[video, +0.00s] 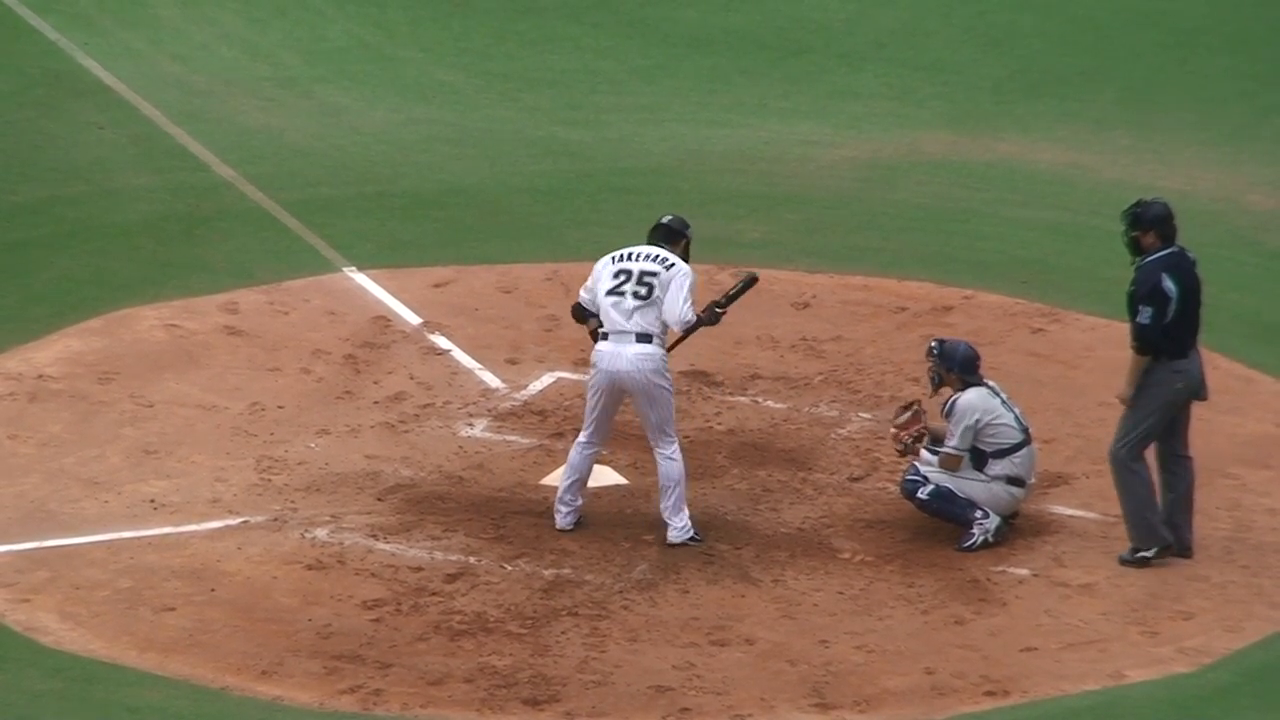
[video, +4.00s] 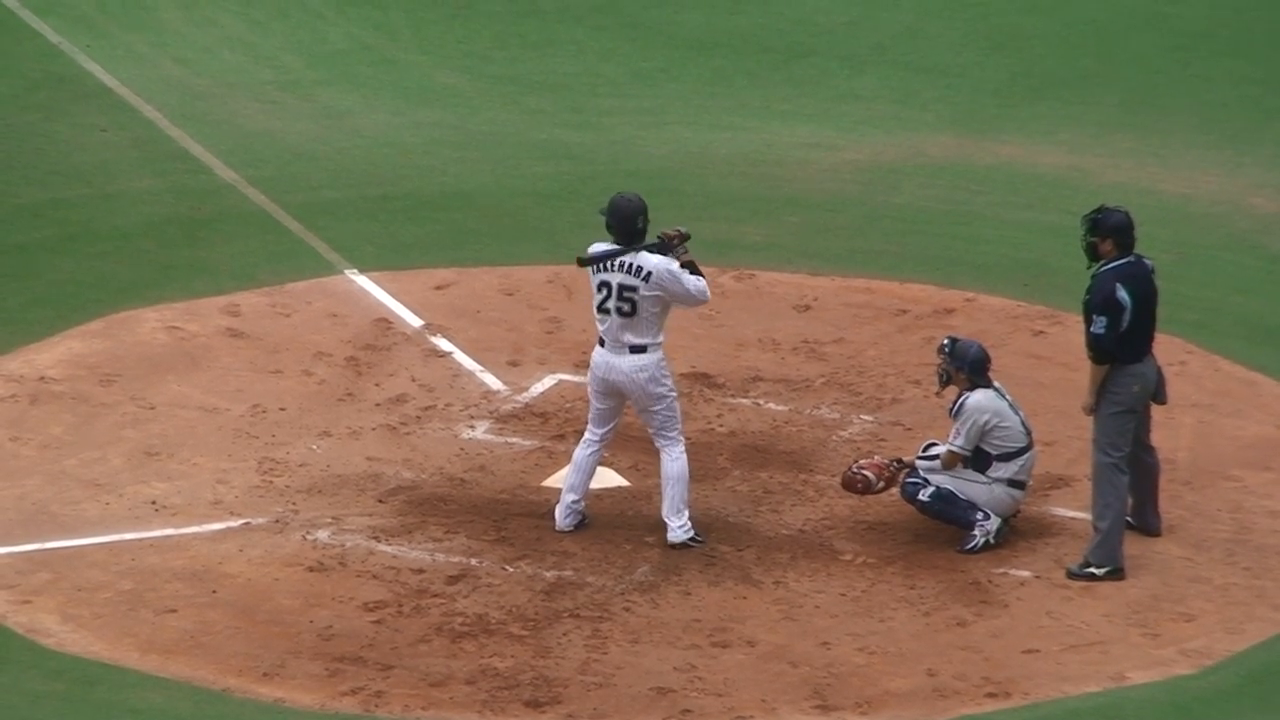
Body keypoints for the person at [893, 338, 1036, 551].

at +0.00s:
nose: (932, 370)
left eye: (937, 366)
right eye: (933, 364)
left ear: (953, 373)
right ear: (964, 372)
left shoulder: (966, 403)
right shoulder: (987, 387)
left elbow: (951, 464)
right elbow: (960, 439)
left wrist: (917, 450)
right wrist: (924, 429)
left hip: (1002, 492)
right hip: (1016, 483)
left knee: (913, 480)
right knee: (930, 451)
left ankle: (983, 520)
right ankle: (1001, 508)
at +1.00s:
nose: (940, 366)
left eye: (945, 362)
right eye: (942, 361)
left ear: (960, 371)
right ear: (973, 370)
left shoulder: (969, 402)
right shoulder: (992, 387)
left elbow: (948, 462)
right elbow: (961, 433)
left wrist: (912, 452)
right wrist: (920, 435)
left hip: (1004, 492)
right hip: (1018, 482)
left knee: (914, 478)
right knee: (929, 451)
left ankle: (983, 519)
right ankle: (1002, 506)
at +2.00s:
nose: (938, 368)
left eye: (944, 364)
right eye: (940, 362)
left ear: (959, 371)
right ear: (975, 369)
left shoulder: (972, 402)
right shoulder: (992, 387)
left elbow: (949, 461)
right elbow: (962, 433)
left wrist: (912, 460)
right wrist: (918, 430)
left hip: (1003, 491)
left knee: (913, 481)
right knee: (934, 447)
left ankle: (983, 519)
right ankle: (1003, 506)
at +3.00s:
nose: (941, 365)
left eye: (946, 362)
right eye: (943, 360)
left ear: (961, 370)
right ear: (976, 368)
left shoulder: (970, 401)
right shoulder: (993, 387)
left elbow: (946, 461)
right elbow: (963, 431)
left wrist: (908, 458)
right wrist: (923, 433)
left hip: (1002, 491)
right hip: (1016, 483)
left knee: (914, 480)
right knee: (925, 455)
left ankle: (983, 518)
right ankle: (1002, 506)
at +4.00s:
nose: (942, 367)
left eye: (947, 364)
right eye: (944, 362)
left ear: (962, 372)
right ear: (976, 371)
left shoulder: (975, 403)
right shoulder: (991, 390)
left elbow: (948, 462)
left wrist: (907, 463)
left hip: (1000, 493)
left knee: (913, 483)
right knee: (930, 450)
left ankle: (983, 522)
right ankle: (997, 509)